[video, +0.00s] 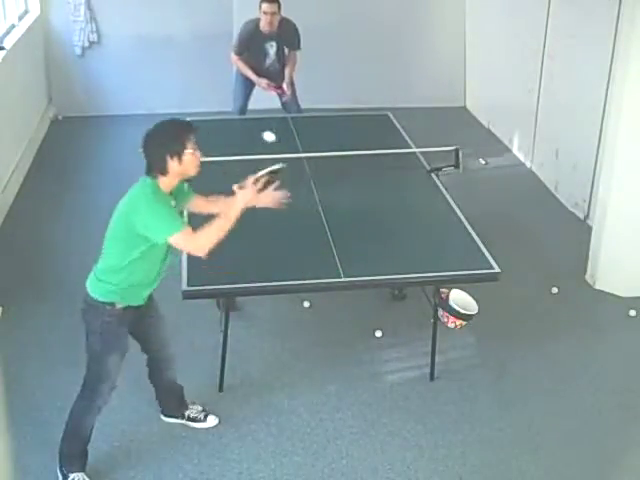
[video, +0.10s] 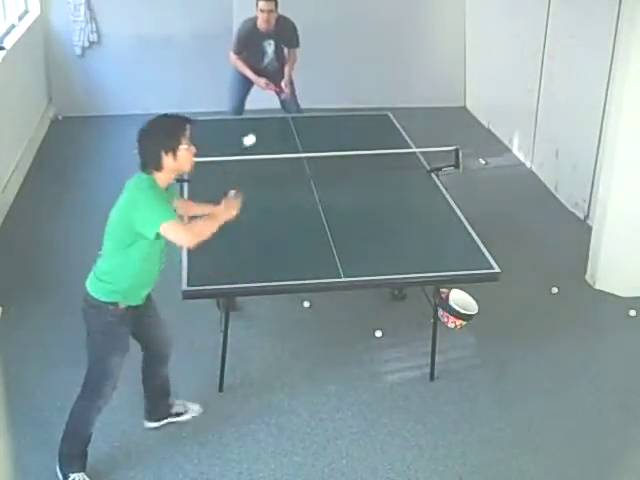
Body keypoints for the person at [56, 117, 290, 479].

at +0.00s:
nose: (199, 154)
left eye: (196, 147)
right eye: (193, 149)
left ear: (171, 159)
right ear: (172, 160)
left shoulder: (173, 189)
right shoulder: (146, 204)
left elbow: (211, 205)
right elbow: (198, 247)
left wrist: (255, 199)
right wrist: (239, 204)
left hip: (139, 298)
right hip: (107, 305)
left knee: (161, 356)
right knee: (100, 387)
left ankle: (173, 409)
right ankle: (71, 464)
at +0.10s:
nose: (194, 150)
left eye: (191, 143)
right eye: (187, 144)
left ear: (165, 155)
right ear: (167, 155)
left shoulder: (163, 187)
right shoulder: (143, 197)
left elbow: (185, 211)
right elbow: (187, 239)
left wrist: (221, 209)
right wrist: (222, 216)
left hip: (137, 297)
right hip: (107, 304)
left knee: (158, 345)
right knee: (100, 388)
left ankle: (159, 411)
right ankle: (70, 465)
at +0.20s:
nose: (194, 153)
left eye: (193, 145)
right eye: (189, 146)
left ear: (163, 153)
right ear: (168, 153)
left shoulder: (156, 184)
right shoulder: (145, 188)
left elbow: (167, 223)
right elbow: (178, 225)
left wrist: (199, 234)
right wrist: (208, 233)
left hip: (141, 297)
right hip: (115, 303)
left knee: (159, 347)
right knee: (107, 387)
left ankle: (149, 415)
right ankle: (72, 464)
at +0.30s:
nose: (195, 156)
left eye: (195, 149)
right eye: (192, 149)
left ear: (161, 148)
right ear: (173, 151)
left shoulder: (139, 177)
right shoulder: (158, 182)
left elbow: (117, 224)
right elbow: (165, 214)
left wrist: (163, 234)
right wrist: (204, 239)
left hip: (141, 295)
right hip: (130, 301)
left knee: (163, 344)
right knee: (126, 380)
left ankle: (150, 414)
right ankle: (80, 459)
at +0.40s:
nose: (191, 155)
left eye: (191, 147)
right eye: (188, 148)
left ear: (159, 147)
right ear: (173, 149)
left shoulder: (137, 176)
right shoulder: (170, 179)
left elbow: (106, 222)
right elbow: (200, 219)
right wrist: (229, 240)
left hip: (150, 295)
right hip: (142, 302)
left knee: (169, 349)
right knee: (143, 382)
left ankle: (152, 414)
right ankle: (91, 458)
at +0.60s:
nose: (187, 145)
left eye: (184, 139)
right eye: (185, 140)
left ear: (144, 144)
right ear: (177, 145)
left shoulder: (126, 180)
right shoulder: (191, 174)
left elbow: (95, 232)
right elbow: (234, 206)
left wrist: (54, 272)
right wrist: (271, 249)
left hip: (136, 290)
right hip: (172, 298)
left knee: (156, 352)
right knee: (178, 373)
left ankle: (155, 412)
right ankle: (128, 450)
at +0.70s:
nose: (189, 138)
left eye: (187, 132)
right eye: (187, 133)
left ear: (146, 139)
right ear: (179, 138)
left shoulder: (133, 177)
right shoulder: (199, 171)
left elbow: (108, 230)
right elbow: (240, 205)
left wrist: (76, 270)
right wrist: (279, 243)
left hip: (143, 290)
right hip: (182, 294)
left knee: (156, 348)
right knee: (199, 371)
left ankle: (148, 419)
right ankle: (172, 456)